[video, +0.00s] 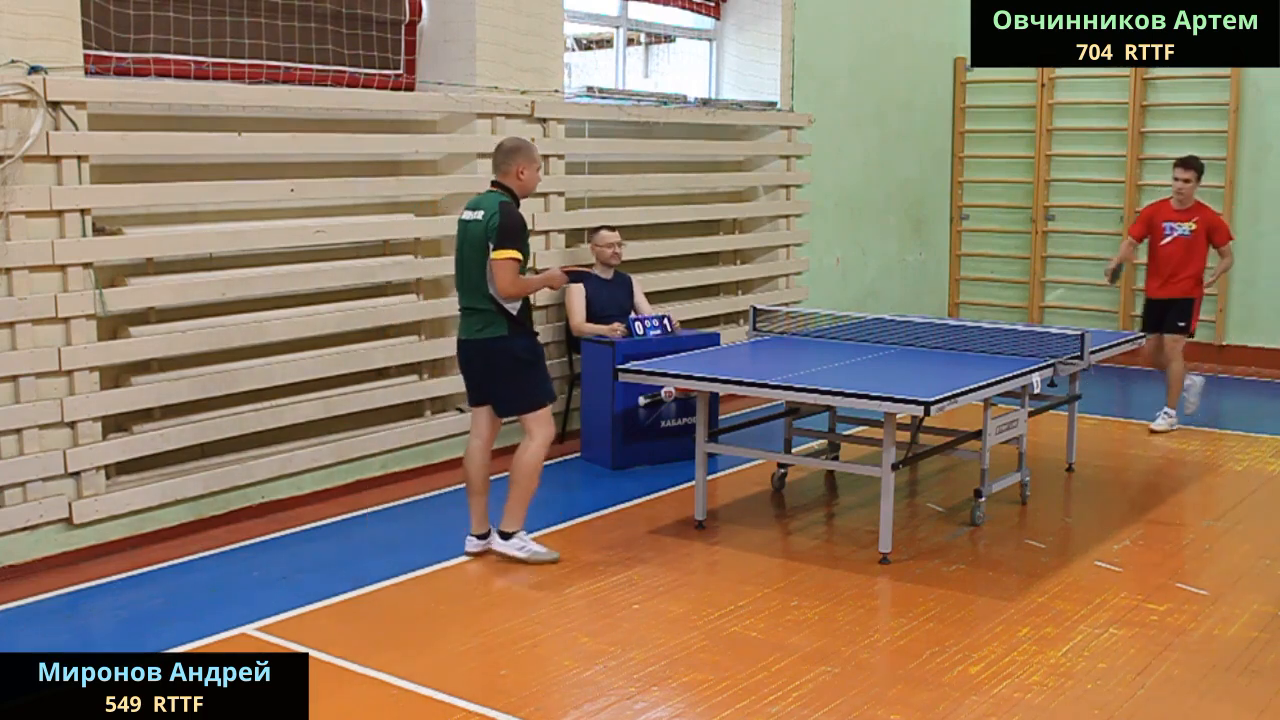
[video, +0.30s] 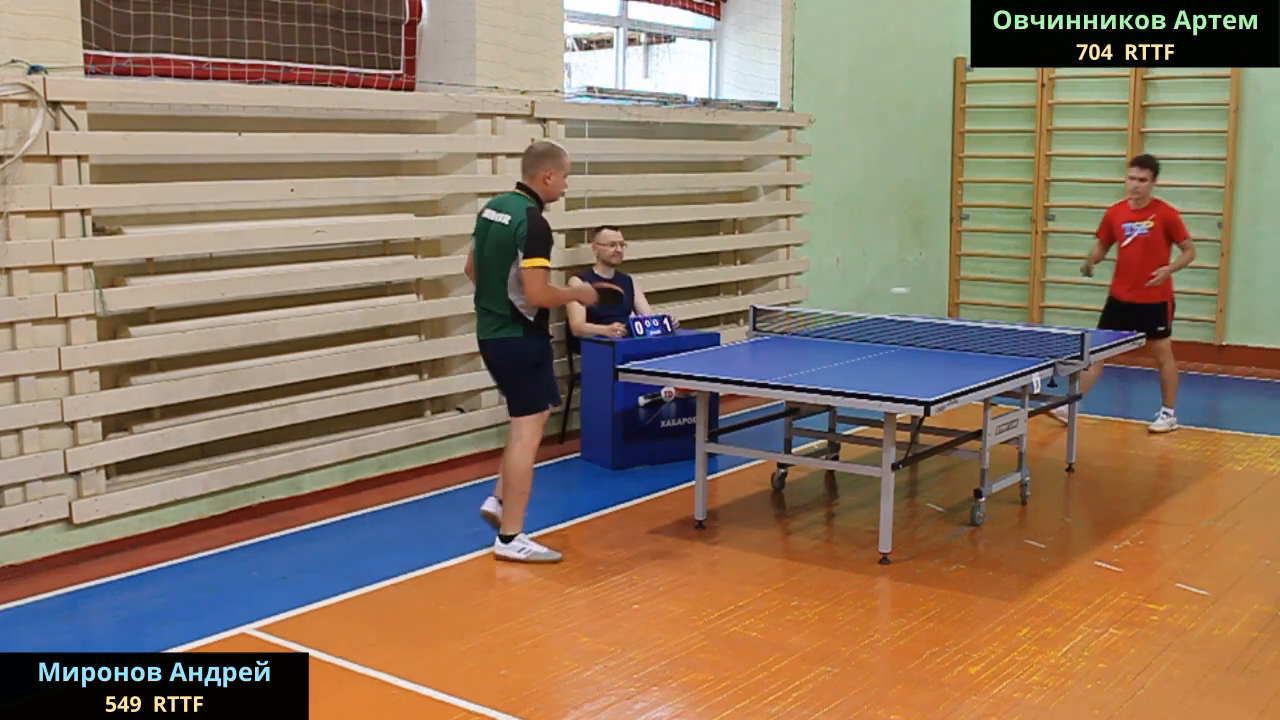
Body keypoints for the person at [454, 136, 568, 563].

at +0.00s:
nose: (538, 176)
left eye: (537, 169)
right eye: (536, 169)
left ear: (500, 170)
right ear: (520, 171)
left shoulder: (474, 207)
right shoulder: (507, 213)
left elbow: (479, 279)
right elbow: (506, 285)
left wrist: (528, 279)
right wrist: (545, 280)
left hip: (472, 341)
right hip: (507, 341)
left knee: (481, 431)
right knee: (541, 431)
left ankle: (479, 533)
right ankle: (511, 532)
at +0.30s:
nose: (565, 186)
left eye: (566, 178)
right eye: (564, 178)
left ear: (531, 175)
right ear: (547, 177)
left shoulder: (495, 206)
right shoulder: (533, 222)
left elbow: (473, 269)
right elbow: (538, 293)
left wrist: (515, 286)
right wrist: (575, 293)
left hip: (495, 337)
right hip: (520, 340)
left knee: (541, 411)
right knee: (525, 433)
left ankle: (502, 496)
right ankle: (510, 537)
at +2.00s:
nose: (568, 250)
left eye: (571, 244)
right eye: (562, 242)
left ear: (573, 238)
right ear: (540, 231)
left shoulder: (565, 258)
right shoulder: (500, 239)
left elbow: (586, 303)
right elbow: (462, 292)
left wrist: (617, 335)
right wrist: (500, 324)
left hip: (520, 325)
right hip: (476, 322)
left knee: (531, 402)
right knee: (465, 403)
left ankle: (544, 490)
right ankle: (454, 484)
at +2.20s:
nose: (585, 266)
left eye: (589, 260)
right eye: (580, 259)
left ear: (591, 255)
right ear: (559, 247)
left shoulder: (581, 267)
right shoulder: (523, 255)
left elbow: (604, 310)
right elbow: (506, 321)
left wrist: (630, 338)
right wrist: (559, 344)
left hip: (529, 320)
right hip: (483, 318)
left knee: (536, 400)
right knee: (470, 402)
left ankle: (544, 490)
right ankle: (455, 483)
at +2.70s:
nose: (571, 271)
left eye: (574, 264)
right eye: (566, 263)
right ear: (543, 254)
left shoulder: (565, 279)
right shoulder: (509, 266)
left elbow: (588, 323)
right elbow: (481, 324)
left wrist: (622, 351)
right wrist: (535, 336)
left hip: (516, 328)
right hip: (468, 330)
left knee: (551, 396)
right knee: (468, 416)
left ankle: (553, 483)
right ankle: (451, 487)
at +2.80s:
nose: (566, 275)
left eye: (569, 268)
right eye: (560, 267)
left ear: (570, 265)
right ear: (537, 262)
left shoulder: (561, 286)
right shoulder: (504, 272)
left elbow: (582, 331)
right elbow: (475, 331)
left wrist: (622, 350)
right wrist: (529, 330)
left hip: (513, 340)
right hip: (466, 341)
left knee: (555, 402)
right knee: (469, 428)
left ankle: (583, 490)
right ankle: (451, 488)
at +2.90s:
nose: (566, 280)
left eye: (569, 273)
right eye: (559, 273)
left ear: (569, 273)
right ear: (536, 271)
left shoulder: (561, 297)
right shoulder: (503, 283)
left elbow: (588, 341)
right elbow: (476, 339)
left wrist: (630, 353)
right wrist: (524, 326)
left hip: (513, 352)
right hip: (469, 357)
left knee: (562, 409)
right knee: (477, 440)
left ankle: (596, 496)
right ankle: (452, 490)